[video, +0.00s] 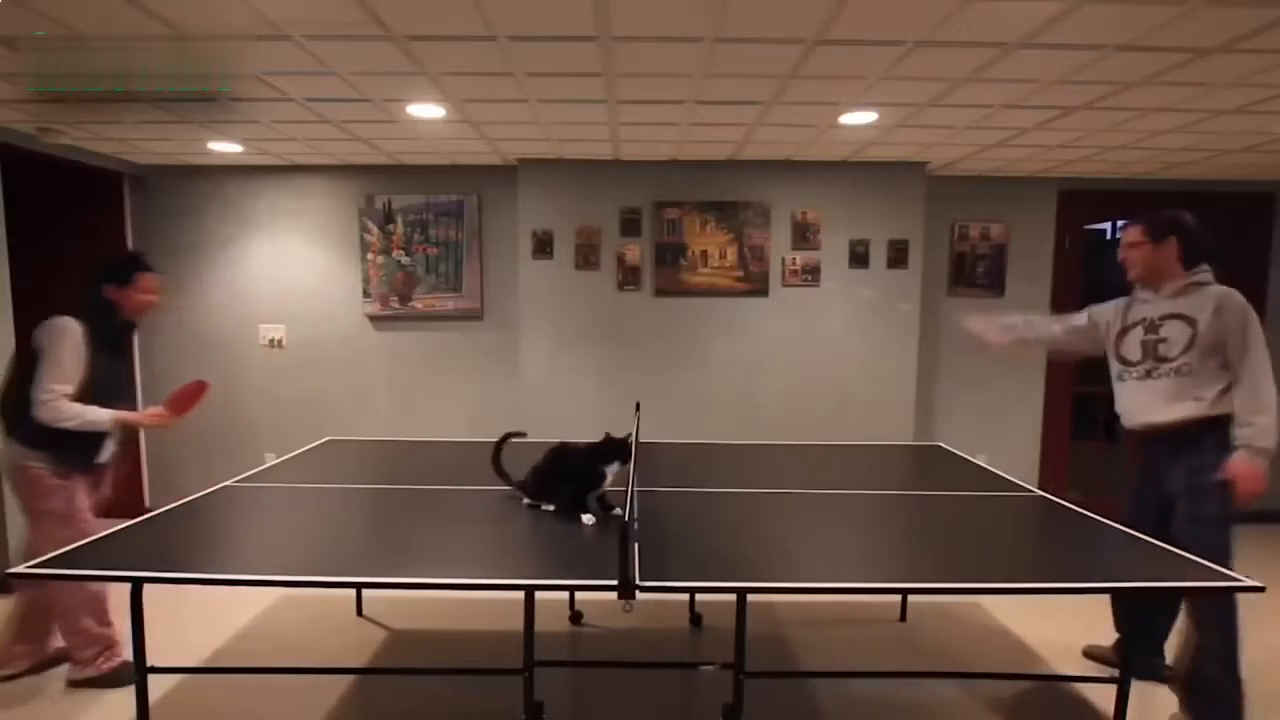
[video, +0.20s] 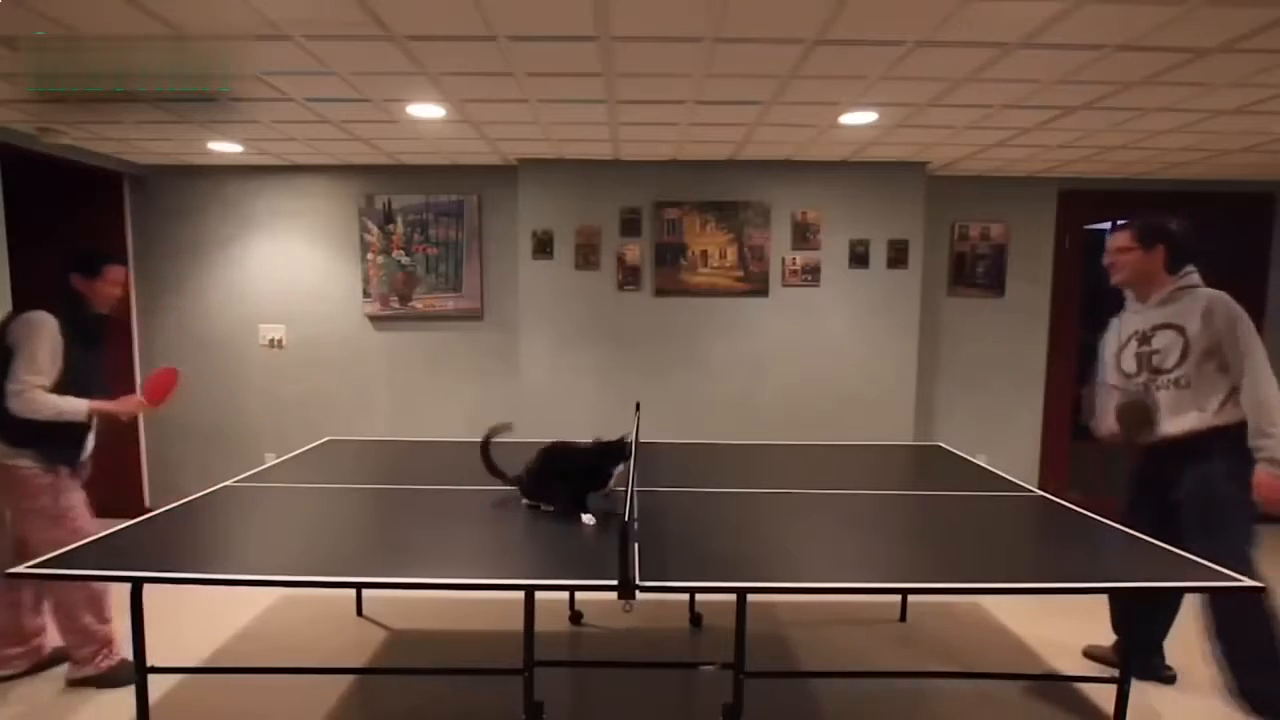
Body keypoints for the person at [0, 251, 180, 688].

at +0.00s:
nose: (151, 303)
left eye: (153, 293)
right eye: (144, 292)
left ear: (126, 295)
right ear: (114, 292)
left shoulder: (121, 338)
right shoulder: (67, 331)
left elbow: (110, 414)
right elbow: (47, 408)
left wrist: (104, 469)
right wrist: (131, 418)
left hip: (81, 466)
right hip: (41, 465)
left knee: (53, 559)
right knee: (80, 554)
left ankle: (24, 650)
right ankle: (95, 659)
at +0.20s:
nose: (119, 295)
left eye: (122, 287)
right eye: (113, 285)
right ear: (81, 282)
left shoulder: (83, 330)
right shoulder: (42, 325)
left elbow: (74, 402)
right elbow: (21, 398)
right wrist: (102, 406)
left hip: (51, 465)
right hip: (31, 467)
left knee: (25, 559)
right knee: (81, 554)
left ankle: (20, 650)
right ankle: (93, 658)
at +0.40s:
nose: (129, 304)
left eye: (130, 295)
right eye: (123, 294)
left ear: (102, 295)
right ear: (94, 291)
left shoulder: (80, 337)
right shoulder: (53, 334)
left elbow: (89, 397)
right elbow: (73, 400)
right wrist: (158, 387)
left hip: (71, 470)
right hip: (53, 471)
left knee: (65, 564)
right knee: (128, 541)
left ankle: (21, 650)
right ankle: (172, 645)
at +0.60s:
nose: (197, 295)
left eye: (198, 286)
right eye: (189, 286)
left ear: (165, 289)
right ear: (160, 288)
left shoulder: (157, 333)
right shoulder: (133, 333)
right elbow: (178, 394)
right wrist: (253, 384)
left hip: (130, 464)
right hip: (104, 462)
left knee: (95, 559)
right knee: (163, 538)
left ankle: (29, 647)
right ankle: (185, 643)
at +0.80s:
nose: (224, 296)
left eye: (225, 286)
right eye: (216, 286)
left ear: (198, 290)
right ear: (184, 287)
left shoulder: (191, 333)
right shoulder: (151, 330)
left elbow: (168, 398)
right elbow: (85, 392)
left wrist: (193, 431)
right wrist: (148, 432)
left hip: (155, 458)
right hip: (126, 458)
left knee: (124, 552)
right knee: (159, 547)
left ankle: (66, 645)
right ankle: (186, 644)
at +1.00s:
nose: (191, 294)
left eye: (193, 285)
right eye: (183, 284)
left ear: (185, 288)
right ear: (154, 288)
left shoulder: (171, 337)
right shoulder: (119, 334)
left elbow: (175, 398)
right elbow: (58, 399)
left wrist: (178, 441)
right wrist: (124, 434)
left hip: (149, 459)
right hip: (111, 461)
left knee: (126, 550)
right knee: (161, 544)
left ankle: (71, 641)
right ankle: (185, 644)